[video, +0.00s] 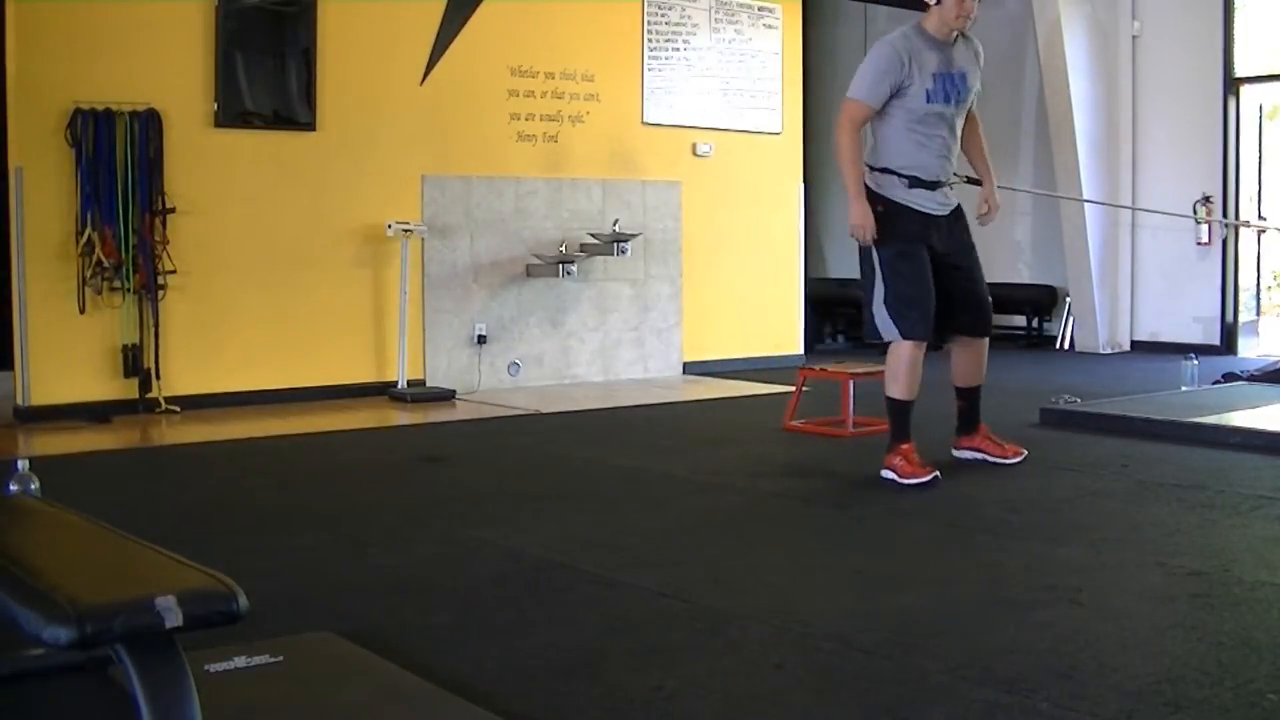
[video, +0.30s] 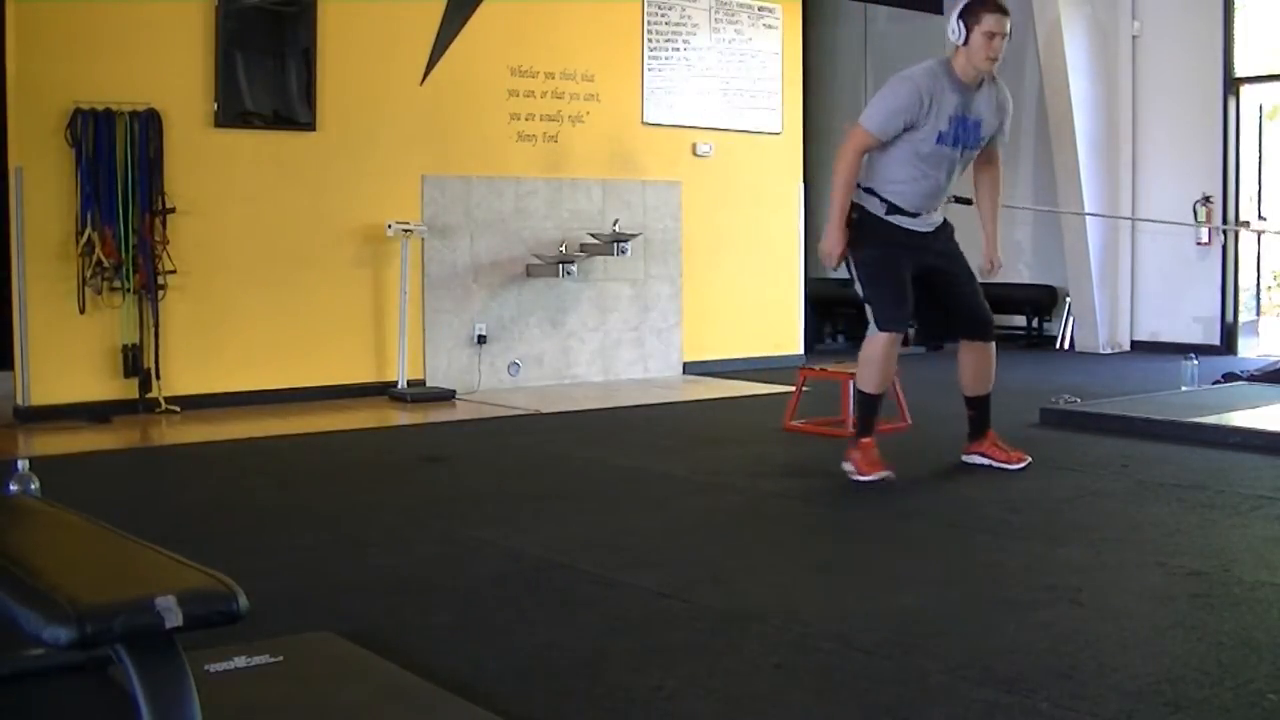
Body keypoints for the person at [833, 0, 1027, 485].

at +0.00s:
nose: (970, 11)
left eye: (974, 4)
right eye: (962, 3)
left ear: (973, 9)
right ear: (933, 1)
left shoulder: (969, 50)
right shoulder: (895, 50)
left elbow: (965, 117)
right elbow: (847, 124)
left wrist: (987, 180)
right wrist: (856, 201)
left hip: (945, 207)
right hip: (893, 206)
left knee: (974, 319)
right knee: (912, 325)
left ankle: (969, 434)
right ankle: (899, 451)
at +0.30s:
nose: (999, 47)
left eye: (1004, 38)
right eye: (990, 36)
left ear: (1006, 42)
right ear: (961, 36)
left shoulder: (996, 99)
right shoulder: (915, 87)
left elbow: (987, 162)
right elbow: (852, 147)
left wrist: (990, 239)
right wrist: (836, 226)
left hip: (931, 226)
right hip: (875, 222)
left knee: (977, 324)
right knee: (890, 322)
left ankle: (979, 439)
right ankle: (862, 445)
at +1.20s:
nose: (611, 77)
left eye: (624, 66)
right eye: (603, 63)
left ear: (648, 68)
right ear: (592, 61)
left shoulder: (673, 124)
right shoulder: (554, 116)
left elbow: (720, 203)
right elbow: (467, 186)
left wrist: (736, 294)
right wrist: (490, 214)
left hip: (623, 258)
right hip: (537, 253)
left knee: (702, 367)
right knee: (472, 355)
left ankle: (771, 470)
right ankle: (442, 506)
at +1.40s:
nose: (482, 92)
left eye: (496, 80)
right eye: (474, 77)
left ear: (526, 75)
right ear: (463, 68)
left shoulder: (560, 124)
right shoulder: (430, 116)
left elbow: (606, 217)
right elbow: (340, 197)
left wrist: (627, 321)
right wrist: (331, 298)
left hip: (496, 234)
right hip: (412, 226)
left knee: (569, 338)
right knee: (349, 328)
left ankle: (554, 482)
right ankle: (346, 483)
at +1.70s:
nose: (305, 277)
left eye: (320, 264)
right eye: (295, 263)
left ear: (347, 252)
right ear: (277, 249)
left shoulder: (381, 274)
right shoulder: (254, 281)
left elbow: (397, 408)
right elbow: (183, 392)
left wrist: (401, 532)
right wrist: (125, 507)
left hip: (371, 307)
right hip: (281, 312)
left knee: (468, 386)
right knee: (196, 399)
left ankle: (527, 499)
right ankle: (127, 524)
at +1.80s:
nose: (276, 314)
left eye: (288, 300)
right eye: (263, 300)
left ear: (313, 289)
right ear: (242, 288)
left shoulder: (357, 301)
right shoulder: (222, 314)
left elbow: (396, 431)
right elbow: (173, 439)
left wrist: (400, 543)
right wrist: (129, 539)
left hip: (353, 288)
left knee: (453, 400)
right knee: (157, 374)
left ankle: (529, 499)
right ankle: (115, 523)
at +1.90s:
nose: (309, 294)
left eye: (322, 279)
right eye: (297, 280)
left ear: (343, 271)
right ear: (272, 272)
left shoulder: (370, 294)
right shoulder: (239, 293)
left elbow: (395, 424)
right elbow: (174, 415)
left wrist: (399, 538)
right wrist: (123, 513)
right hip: (253, 278)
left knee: (449, 396)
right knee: (158, 376)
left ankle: (521, 499)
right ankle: (112, 511)